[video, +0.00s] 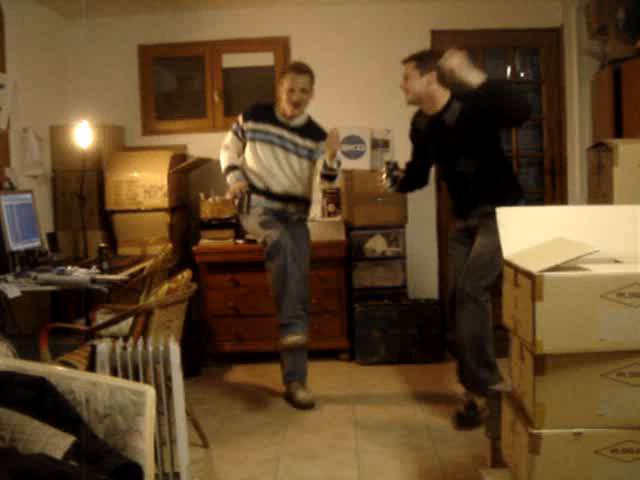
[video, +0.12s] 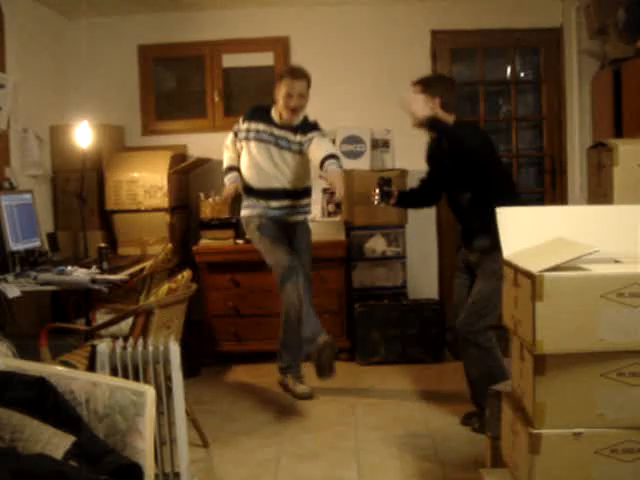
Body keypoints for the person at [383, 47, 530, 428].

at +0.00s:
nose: (403, 87)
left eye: (408, 79)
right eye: (403, 80)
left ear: (431, 78)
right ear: (422, 81)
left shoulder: (473, 105)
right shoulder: (423, 124)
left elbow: (523, 108)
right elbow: (419, 174)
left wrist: (478, 80)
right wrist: (396, 181)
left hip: (498, 215)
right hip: (463, 220)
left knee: (472, 290)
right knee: (461, 298)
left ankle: (486, 388)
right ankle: (474, 390)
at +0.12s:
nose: (409, 106)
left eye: (415, 98)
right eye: (411, 98)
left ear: (435, 101)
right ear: (432, 101)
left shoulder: (468, 135)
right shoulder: (440, 143)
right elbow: (431, 192)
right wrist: (396, 198)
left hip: (500, 244)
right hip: (472, 244)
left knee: (475, 325)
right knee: (465, 326)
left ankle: (500, 406)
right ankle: (485, 407)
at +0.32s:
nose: (409, 102)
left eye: (413, 95)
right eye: (410, 95)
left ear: (434, 96)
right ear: (436, 98)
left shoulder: (459, 124)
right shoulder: (453, 131)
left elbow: (422, 143)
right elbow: (449, 190)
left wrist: (377, 138)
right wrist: (404, 197)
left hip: (510, 226)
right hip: (499, 227)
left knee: (449, 285)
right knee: (484, 308)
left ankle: (475, 382)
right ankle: (492, 389)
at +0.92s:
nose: (406, 129)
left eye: (409, 121)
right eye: (406, 121)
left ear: (429, 121)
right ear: (437, 121)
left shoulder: (431, 158)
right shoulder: (474, 136)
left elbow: (437, 228)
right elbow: (484, 196)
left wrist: (413, 240)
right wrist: (448, 213)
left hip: (496, 214)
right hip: (536, 206)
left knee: (454, 268)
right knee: (500, 297)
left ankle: (455, 353)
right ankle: (496, 378)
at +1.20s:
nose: (407, 147)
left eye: (409, 139)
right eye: (405, 140)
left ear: (427, 135)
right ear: (434, 134)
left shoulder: (432, 167)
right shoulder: (478, 146)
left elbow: (401, 231)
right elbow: (515, 188)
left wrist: (369, 226)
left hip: (487, 235)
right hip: (528, 225)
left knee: (440, 259)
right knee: (499, 316)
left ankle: (451, 337)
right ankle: (493, 400)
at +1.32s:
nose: (400, 147)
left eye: (402, 140)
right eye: (399, 140)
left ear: (419, 137)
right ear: (428, 136)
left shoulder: (428, 167)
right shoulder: (469, 146)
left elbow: (401, 220)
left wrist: (368, 252)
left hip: (488, 234)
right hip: (527, 225)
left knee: (442, 285)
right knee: (492, 314)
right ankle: (477, 394)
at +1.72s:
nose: (389, 154)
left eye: (392, 147)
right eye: (387, 148)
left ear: (413, 143)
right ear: (415, 144)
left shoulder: (436, 164)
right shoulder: (444, 157)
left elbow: (444, 225)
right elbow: (441, 215)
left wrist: (398, 213)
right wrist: (399, 208)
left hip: (499, 229)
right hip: (511, 225)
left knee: (434, 249)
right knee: (485, 300)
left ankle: (455, 321)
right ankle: (489, 383)